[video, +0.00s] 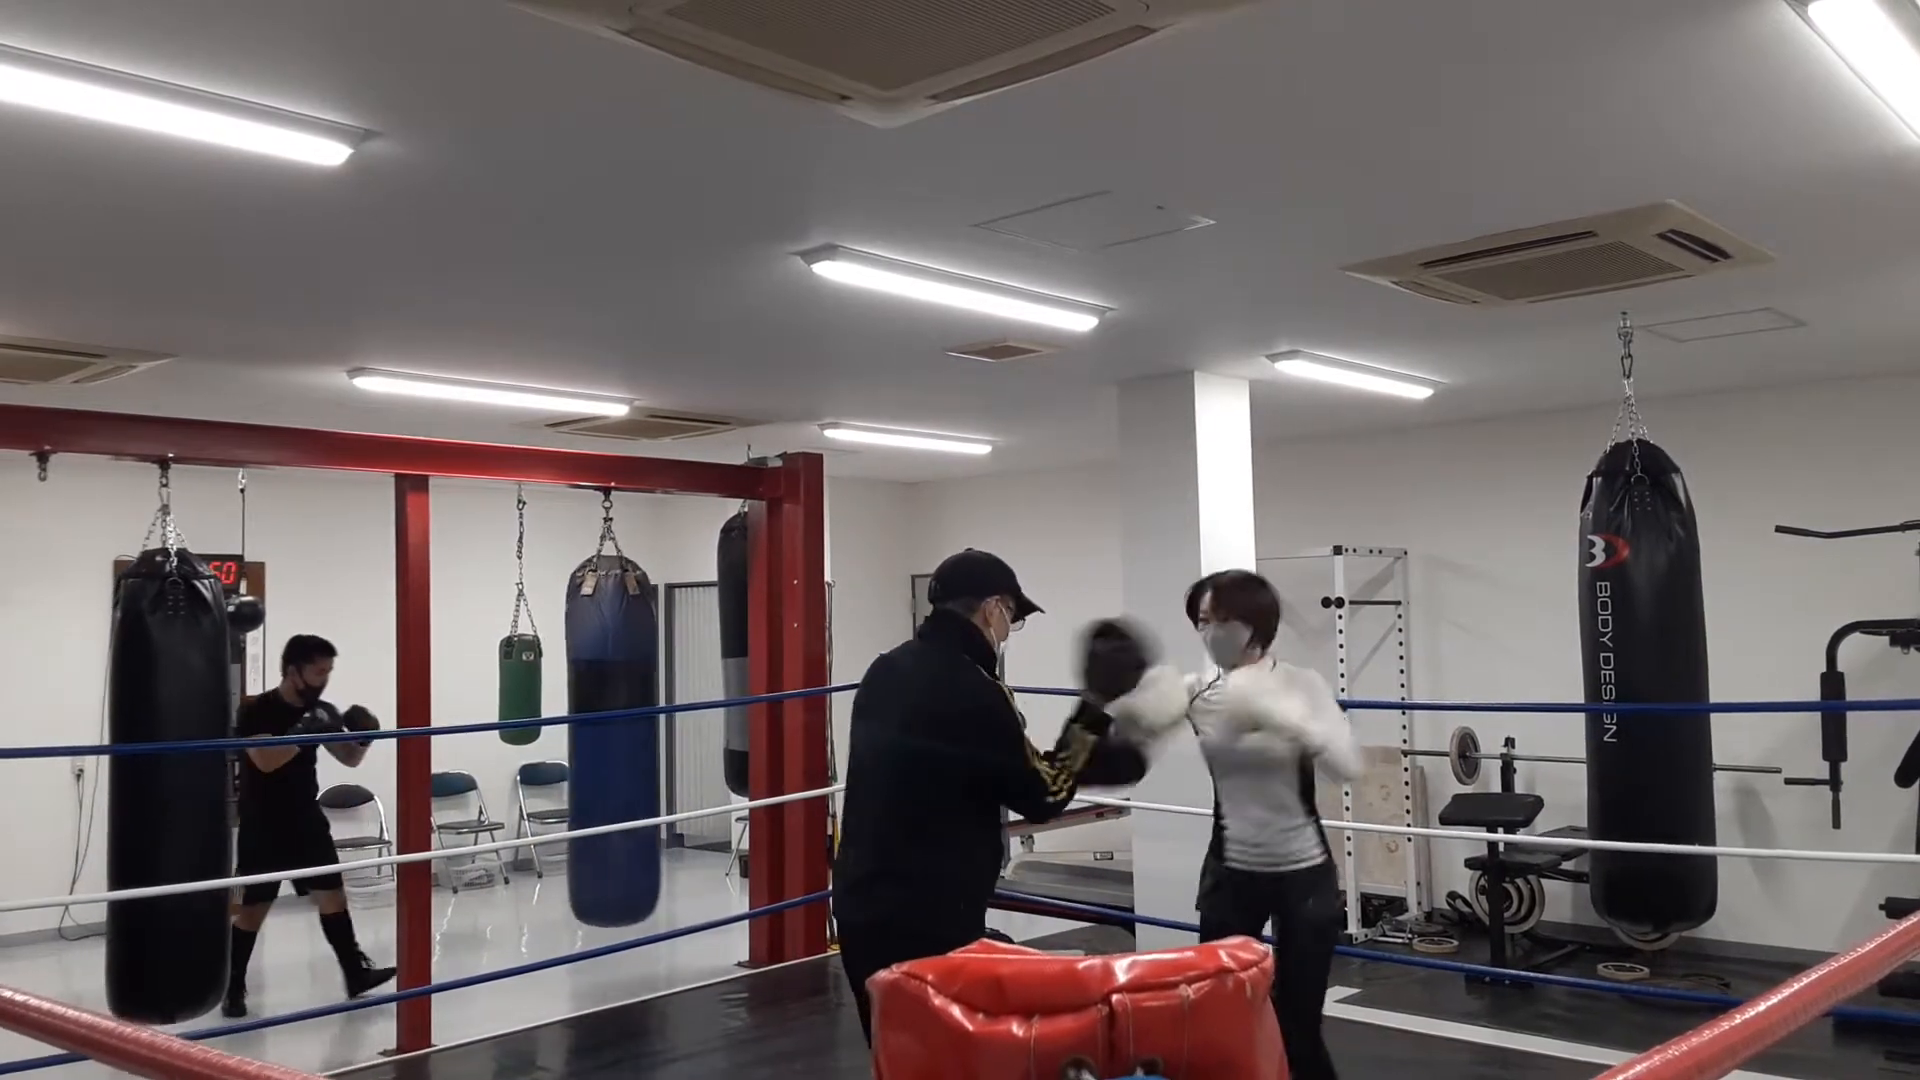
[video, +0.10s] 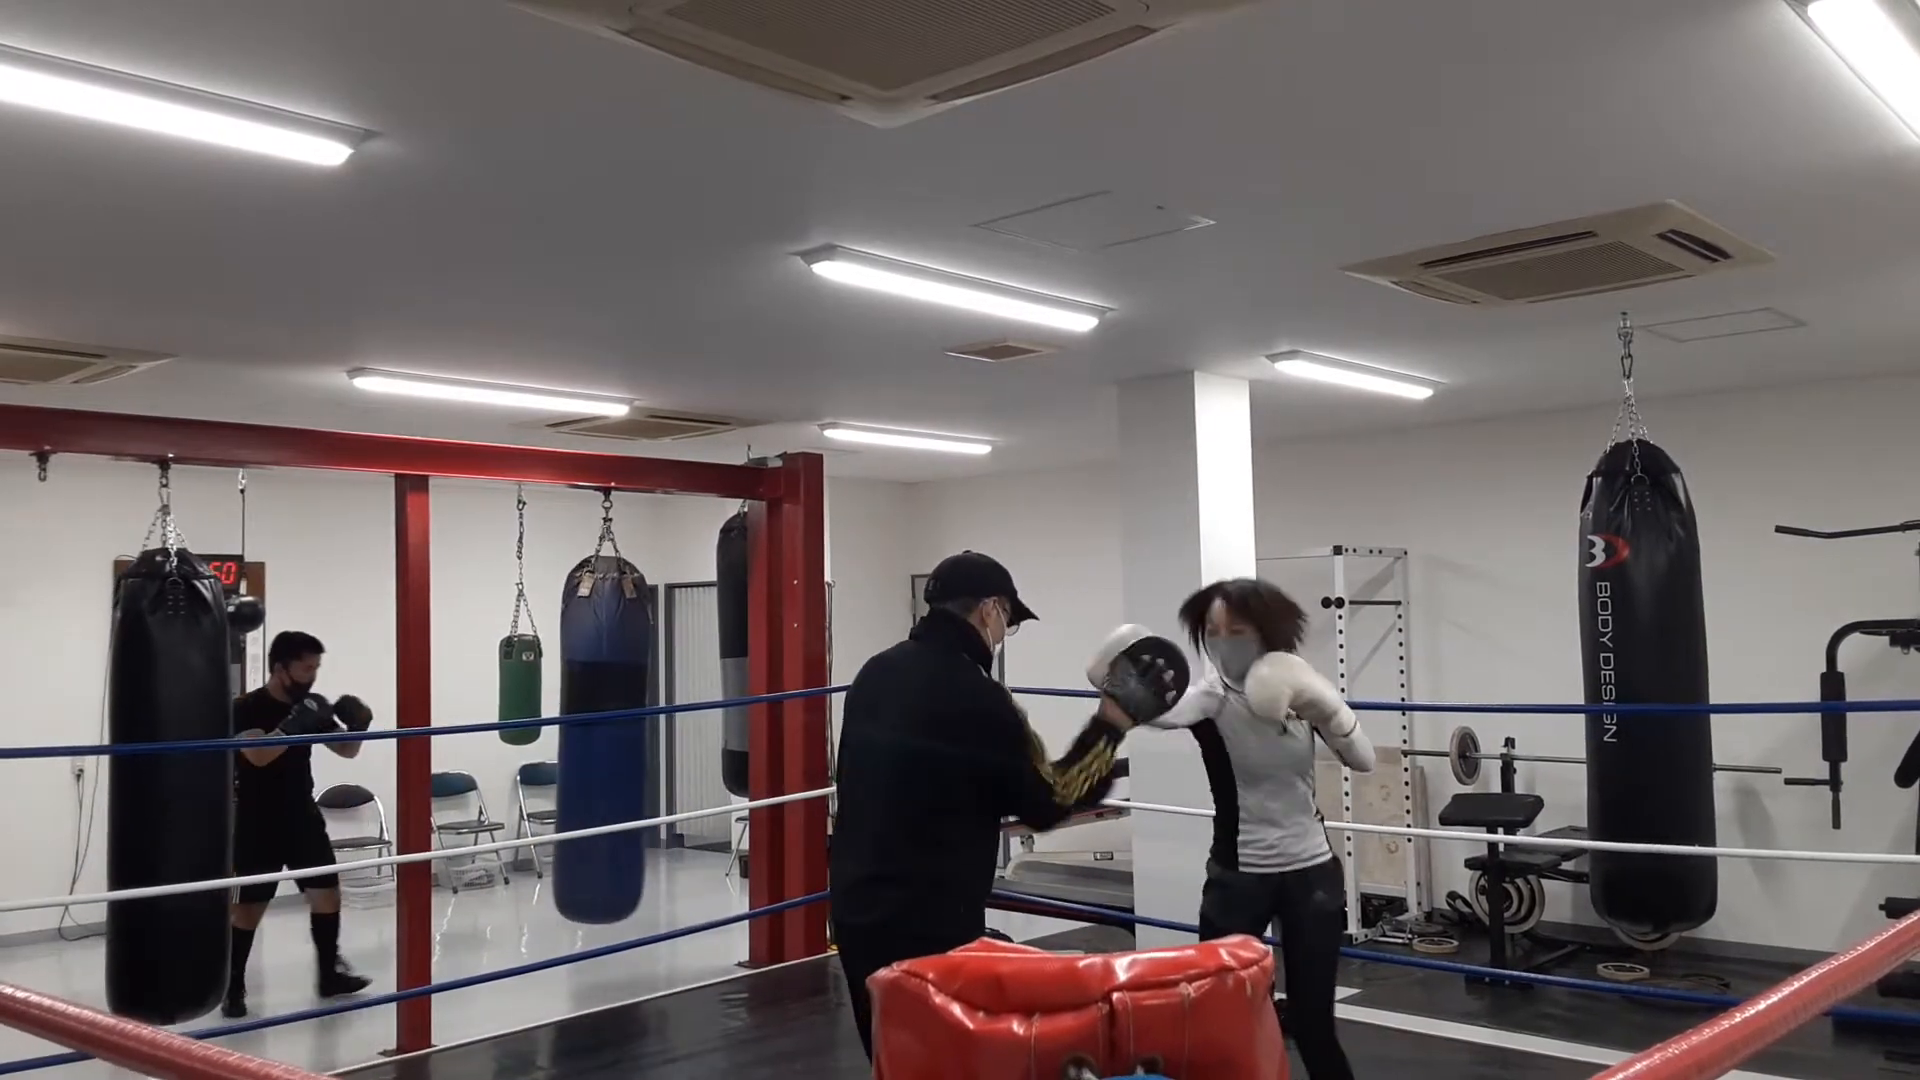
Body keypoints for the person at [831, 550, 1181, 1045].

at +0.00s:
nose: (1011, 631)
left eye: (1014, 619)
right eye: (1011, 617)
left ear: (942, 605)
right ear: (991, 609)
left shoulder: (883, 672)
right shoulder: (978, 695)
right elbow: (1040, 798)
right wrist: (1087, 730)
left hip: (864, 915)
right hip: (939, 920)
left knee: (892, 1058)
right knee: (946, 1057)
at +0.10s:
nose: (1006, 635)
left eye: (1009, 622)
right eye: (1007, 619)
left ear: (937, 607)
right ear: (987, 611)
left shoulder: (873, 674)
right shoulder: (979, 696)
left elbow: (855, 791)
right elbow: (1045, 805)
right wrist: (1111, 726)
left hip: (859, 914)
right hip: (938, 919)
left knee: (888, 1059)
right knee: (946, 1060)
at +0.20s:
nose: (1005, 640)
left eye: (1009, 627)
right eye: (1007, 624)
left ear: (935, 609)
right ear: (986, 613)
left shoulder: (877, 674)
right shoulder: (957, 686)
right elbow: (1032, 816)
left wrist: (1082, 749)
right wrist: (1096, 737)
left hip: (862, 925)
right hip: (934, 930)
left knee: (892, 1061)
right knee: (949, 1063)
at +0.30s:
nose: (1004, 639)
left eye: (1009, 625)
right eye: (1006, 622)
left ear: (940, 604)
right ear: (983, 609)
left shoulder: (885, 670)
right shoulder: (940, 680)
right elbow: (998, 816)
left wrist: (1055, 750)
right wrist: (1069, 740)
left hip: (874, 926)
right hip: (925, 931)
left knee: (899, 1063)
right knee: (938, 1063)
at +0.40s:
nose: (995, 630)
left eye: (1000, 616)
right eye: (996, 614)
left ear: (955, 602)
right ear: (970, 603)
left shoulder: (892, 666)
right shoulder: (929, 679)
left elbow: (961, 774)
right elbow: (975, 816)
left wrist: (1042, 747)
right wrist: (1045, 739)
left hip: (884, 927)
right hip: (921, 934)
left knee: (906, 1062)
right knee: (936, 1062)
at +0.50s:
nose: (985, 630)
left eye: (991, 615)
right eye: (987, 612)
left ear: (943, 602)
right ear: (960, 602)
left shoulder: (886, 668)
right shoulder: (918, 681)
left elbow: (949, 790)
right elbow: (966, 816)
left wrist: (1016, 736)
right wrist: (1032, 738)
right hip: (919, 949)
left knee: (913, 1062)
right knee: (936, 1064)